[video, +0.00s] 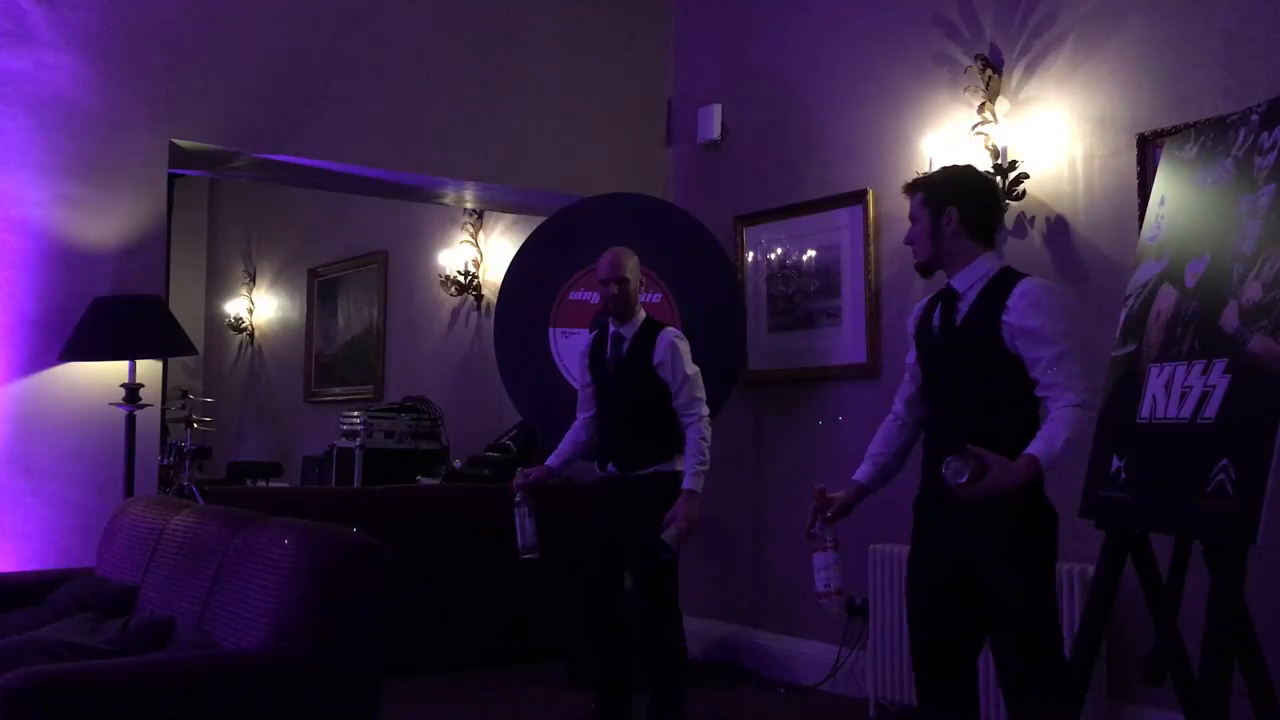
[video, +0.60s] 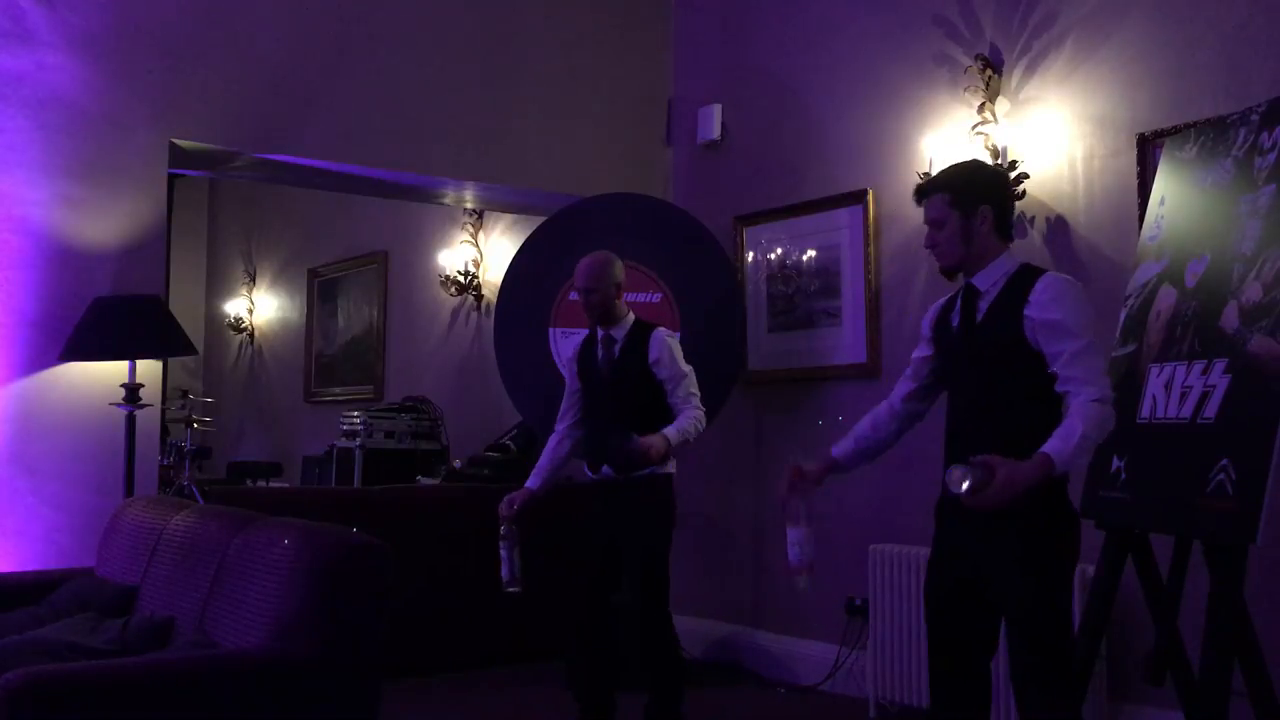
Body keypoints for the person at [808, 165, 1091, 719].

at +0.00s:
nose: (906, 237)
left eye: (914, 221)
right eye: (908, 223)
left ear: (951, 224)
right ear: (952, 226)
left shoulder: (1027, 299)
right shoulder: (926, 317)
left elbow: (1070, 400)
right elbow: (905, 416)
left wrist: (1024, 468)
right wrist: (855, 489)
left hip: (1011, 518)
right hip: (939, 519)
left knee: (1031, 682)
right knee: (940, 683)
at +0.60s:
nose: (928, 240)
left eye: (938, 225)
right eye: (927, 227)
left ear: (982, 221)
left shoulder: (1048, 294)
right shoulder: (946, 313)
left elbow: (1093, 403)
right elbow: (904, 404)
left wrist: (1035, 470)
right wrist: (828, 463)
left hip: (1035, 517)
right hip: (962, 515)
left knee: (1043, 686)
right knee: (955, 685)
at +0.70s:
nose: (940, 236)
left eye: (950, 219)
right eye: (941, 221)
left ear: (995, 218)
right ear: (989, 220)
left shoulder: (1055, 297)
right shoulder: (958, 307)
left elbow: (1097, 410)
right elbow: (904, 377)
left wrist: (1028, 486)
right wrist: (822, 395)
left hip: (1035, 526)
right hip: (963, 522)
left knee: (1042, 691)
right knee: (954, 689)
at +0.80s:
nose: (949, 223)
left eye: (962, 209)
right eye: (952, 209)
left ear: (1006, 216)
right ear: (994, 219)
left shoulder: (1056, 298)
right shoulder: (968, 302)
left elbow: (1093, 414)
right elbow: (898, 347)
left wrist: (1020, 500)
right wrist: (823, 315)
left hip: (1033, 535)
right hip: (965, 531)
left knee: (1039, 695)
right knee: (954, 693)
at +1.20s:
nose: (960, 214)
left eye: (975, 202)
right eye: (964, 201)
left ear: (1019, 217)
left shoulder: (1043, 308)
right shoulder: (979, 293)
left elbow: (1012, 437)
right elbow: (886, 329)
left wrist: (932, 515)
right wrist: (830, 277)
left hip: (1028, 516)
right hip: (974, 510)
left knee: (1035, 687)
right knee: (950, 681)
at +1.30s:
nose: (958, 219)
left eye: (973, 207)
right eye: (960, 205)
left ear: (1019, 218)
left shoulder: (1038, 308)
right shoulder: (976, 295)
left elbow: (991, 436)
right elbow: (885, 358)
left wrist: (895, 486)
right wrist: (868, 314)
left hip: (1030, 510)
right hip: (979, 504)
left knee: (1031, 675)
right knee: (949, 667)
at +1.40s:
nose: (954, 221)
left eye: (969, 208)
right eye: (956, 207)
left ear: (1014, 219)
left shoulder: (1034, 305)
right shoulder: (970, 292)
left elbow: (997, 432)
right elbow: (915, 385)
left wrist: (897, 433)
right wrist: (923, 357)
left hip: (1030, 507)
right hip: (978, 499)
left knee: (1034, 677)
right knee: (948, 667)